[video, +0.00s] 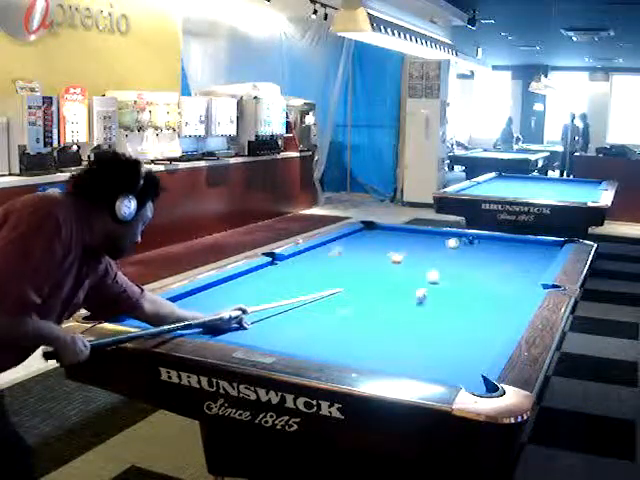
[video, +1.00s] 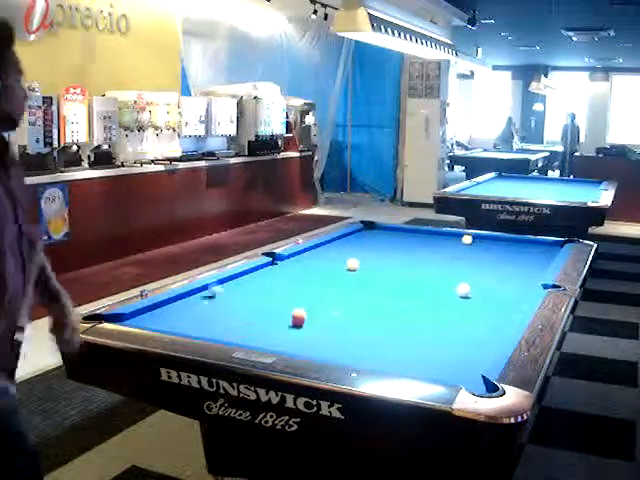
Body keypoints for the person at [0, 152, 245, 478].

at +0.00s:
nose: (141, 236)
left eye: (146, 226)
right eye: (143, 223)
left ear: (121, 209)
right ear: (122, 207)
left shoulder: (87, 255)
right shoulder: (45, 218)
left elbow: (141, 302)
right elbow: (8, 315)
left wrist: (208, 321)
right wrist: (55, 336)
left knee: (18, 457)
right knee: (16, 457)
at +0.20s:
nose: (137, 214)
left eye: (141, 202)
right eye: (137, 200)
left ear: (113, 188)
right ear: (113, 186)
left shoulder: (85, 237)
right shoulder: (33, 214)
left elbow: (111, 305)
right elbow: (3, 308)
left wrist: (190, 321)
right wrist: (32, 349)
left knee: (18, 458)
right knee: (17, 458)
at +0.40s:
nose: (128, 178)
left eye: (129, 165)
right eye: (125, 164)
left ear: (96, 158)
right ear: (97, 158)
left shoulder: (68, 202)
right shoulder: (29, 199)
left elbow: (63, 295)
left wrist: (129, 310)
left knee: (22, 455)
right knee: (21, 456)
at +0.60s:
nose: (98, 135)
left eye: (97, 123)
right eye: (93, 122)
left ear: (66, 124)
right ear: (63, 122)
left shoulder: (47, 182)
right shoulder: (10, 181)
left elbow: (18, 277)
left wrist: (65, 316)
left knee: (20, 455)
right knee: (19, 457)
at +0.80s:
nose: (57, 102)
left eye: (55, 92)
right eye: (48, 92)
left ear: (24, 98)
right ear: (14, 96)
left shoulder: (24, 169)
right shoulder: (4, 171)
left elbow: (29, 245)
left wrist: (41, 300)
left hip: (1, 355)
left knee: (15, 460)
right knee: (19, 461)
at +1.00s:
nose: (25, 87)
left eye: (19, 73)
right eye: (14, 73)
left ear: (11, 82)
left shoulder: (10, 163)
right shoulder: (6, 164)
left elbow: (26, 242)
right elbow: (23, 241)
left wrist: (59, 301)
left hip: (6, 362)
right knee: (22, 466)